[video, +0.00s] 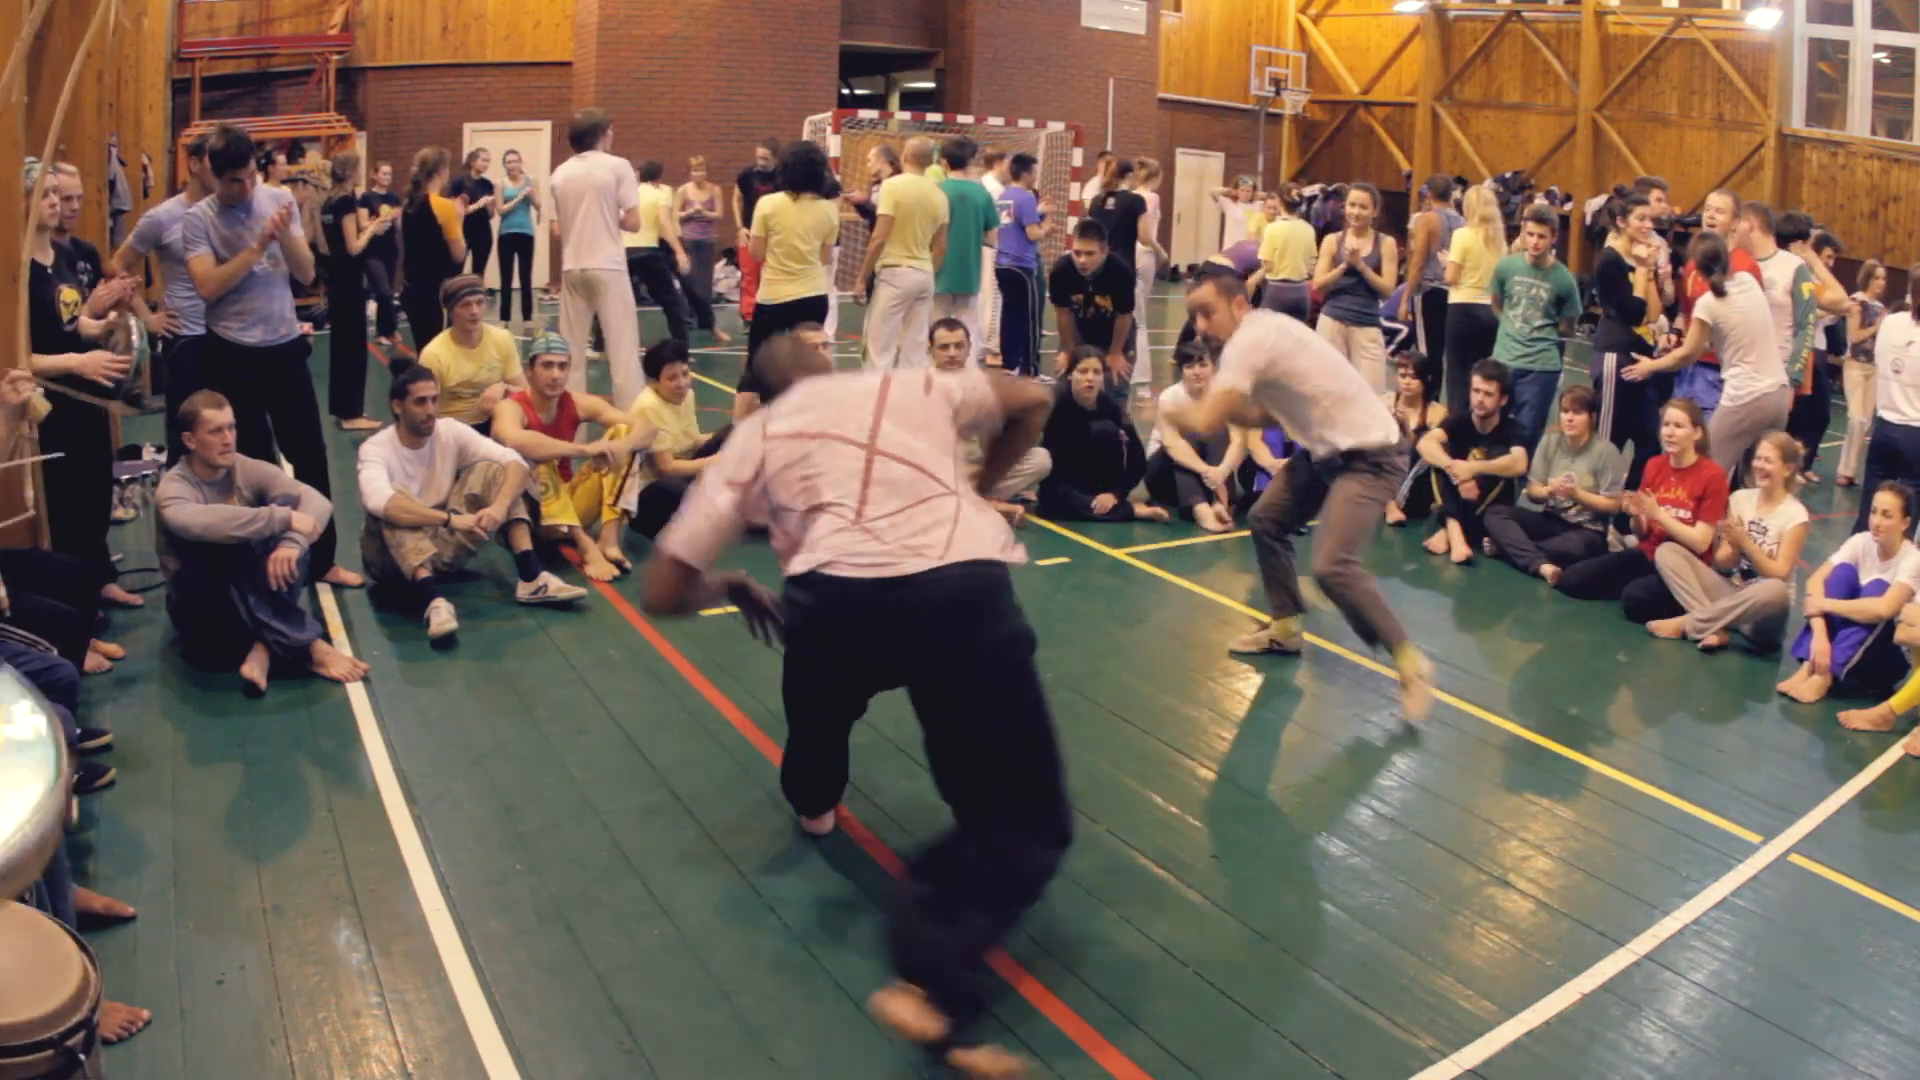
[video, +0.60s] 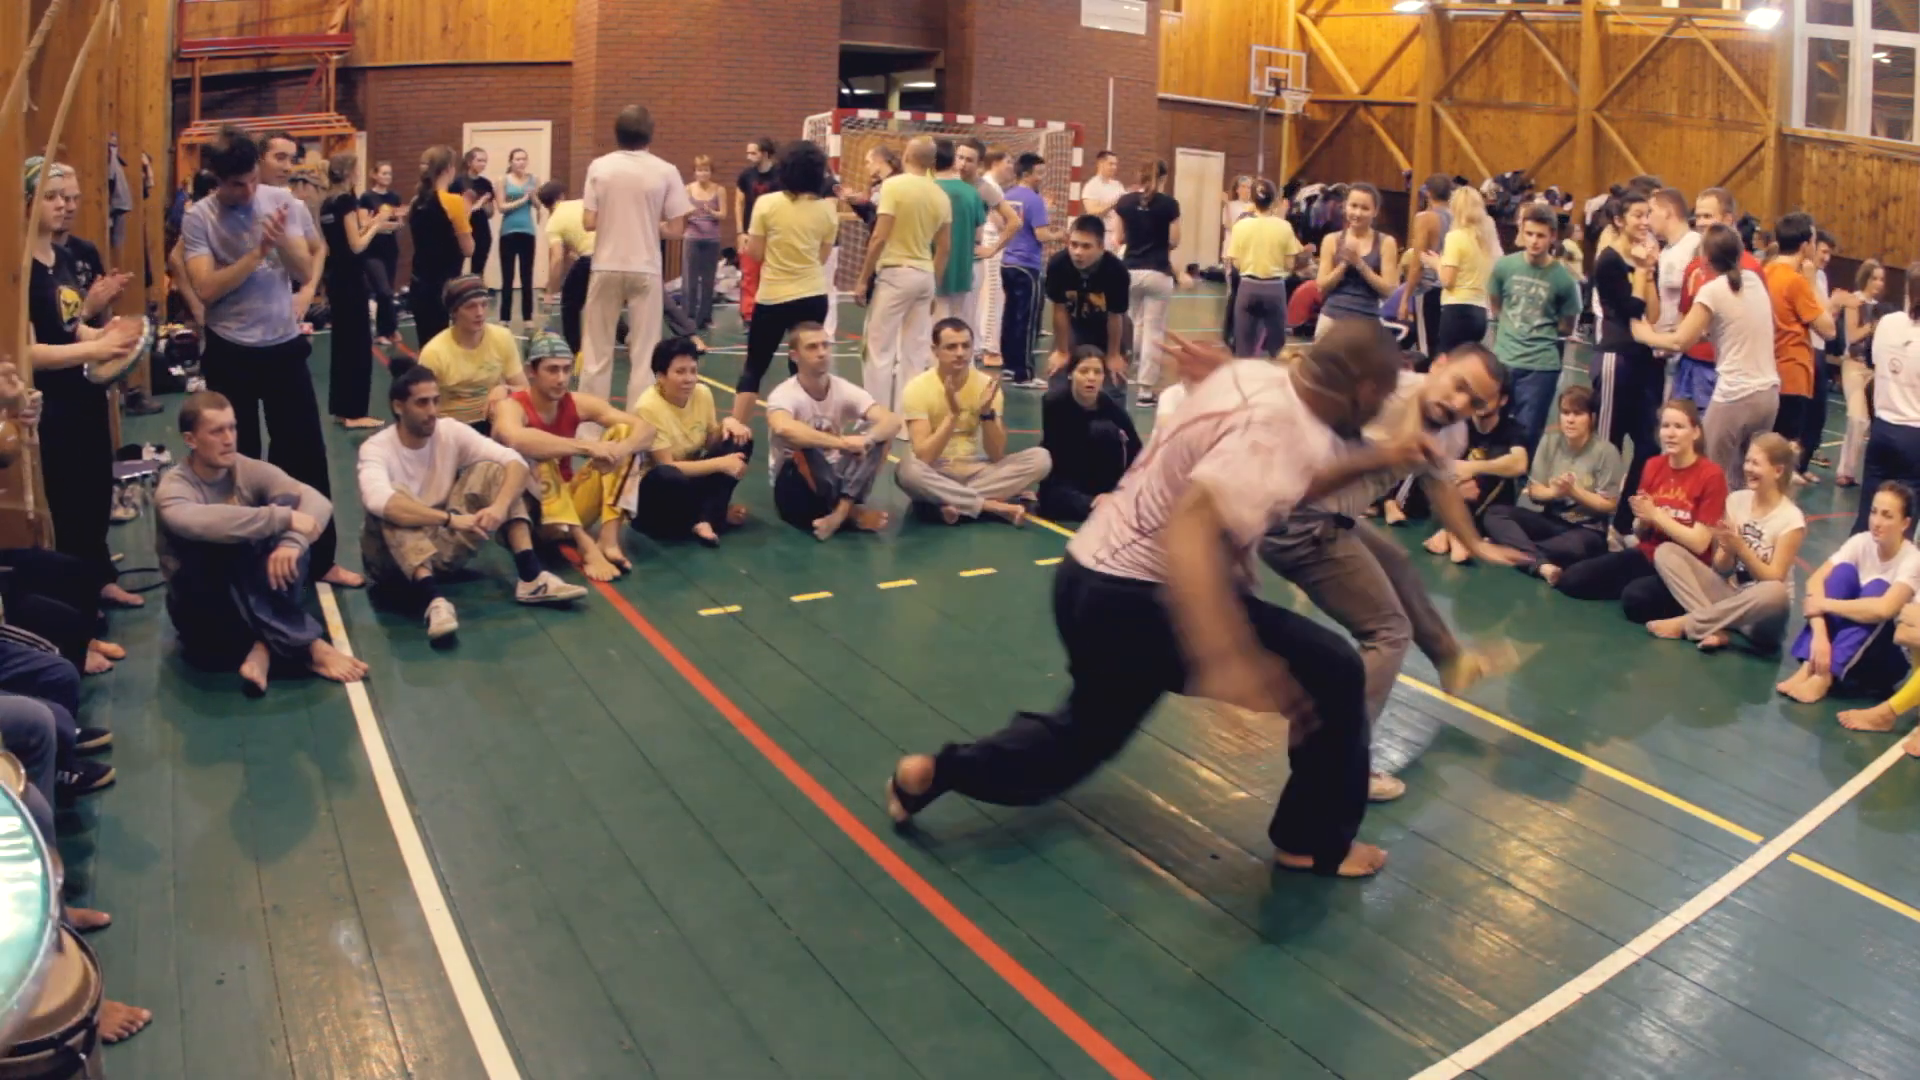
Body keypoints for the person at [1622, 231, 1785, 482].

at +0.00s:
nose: (1690, 265)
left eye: (1692, 261)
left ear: (1697, 267)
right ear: (1727, 256)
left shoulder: (1707, 303)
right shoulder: (1750, 282)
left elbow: (1688, 354)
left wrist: (1651, 366)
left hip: (1743, 397)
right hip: (1778, 391)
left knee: (1711, 469)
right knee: (1763, 474)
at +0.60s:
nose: (1699, 255)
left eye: (1702, 249)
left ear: (1706, 258)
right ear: (1739, 253)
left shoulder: (1712, 292)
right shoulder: (1755, 281)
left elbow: (1680, 341)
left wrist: (1647, 336)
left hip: (1733, 397)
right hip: (1768, 392)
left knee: (1716, 476)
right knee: (1750, 476)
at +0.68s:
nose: (1703, 253)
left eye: (1705, 248)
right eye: (1704, 247)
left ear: (1710, 257)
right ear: (1740, 251)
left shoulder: (1718, 290)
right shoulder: (1758, 280)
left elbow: (1670, 326)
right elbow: (1743, 324)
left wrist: (1640, 305)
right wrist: (1706, 328)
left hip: (1737, 399)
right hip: (1771, 393)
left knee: (1716, 475)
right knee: (1745, 475)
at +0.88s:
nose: (1717, 250)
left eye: (1722, 246)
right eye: (1718, 245)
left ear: (1733, 257)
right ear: (1758, 254)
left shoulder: (1742, 291)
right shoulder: (1768, 284)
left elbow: (1689, 316)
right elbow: (1738, 322)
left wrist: (1647, 279)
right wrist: (1703, 301)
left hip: (1752, 401)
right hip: (1778, 396)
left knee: (1718, 468)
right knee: (1758, 471)